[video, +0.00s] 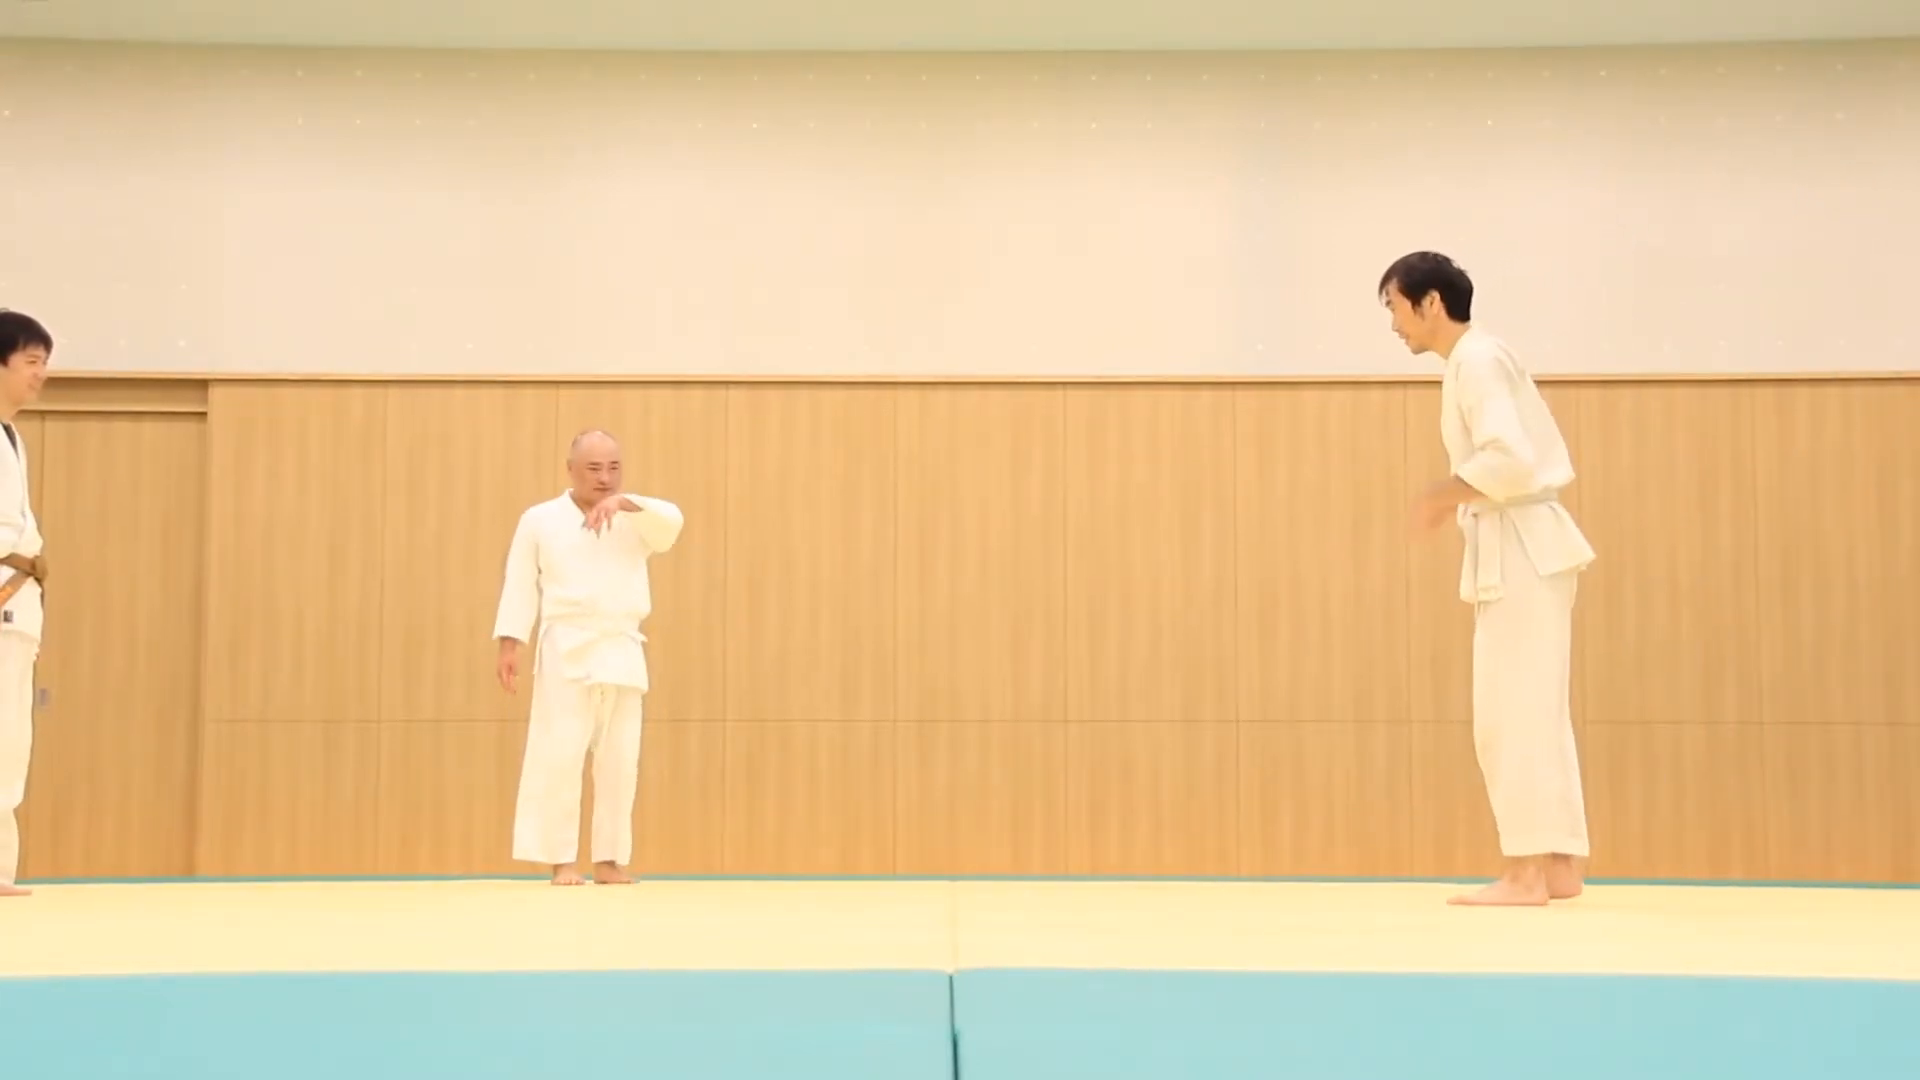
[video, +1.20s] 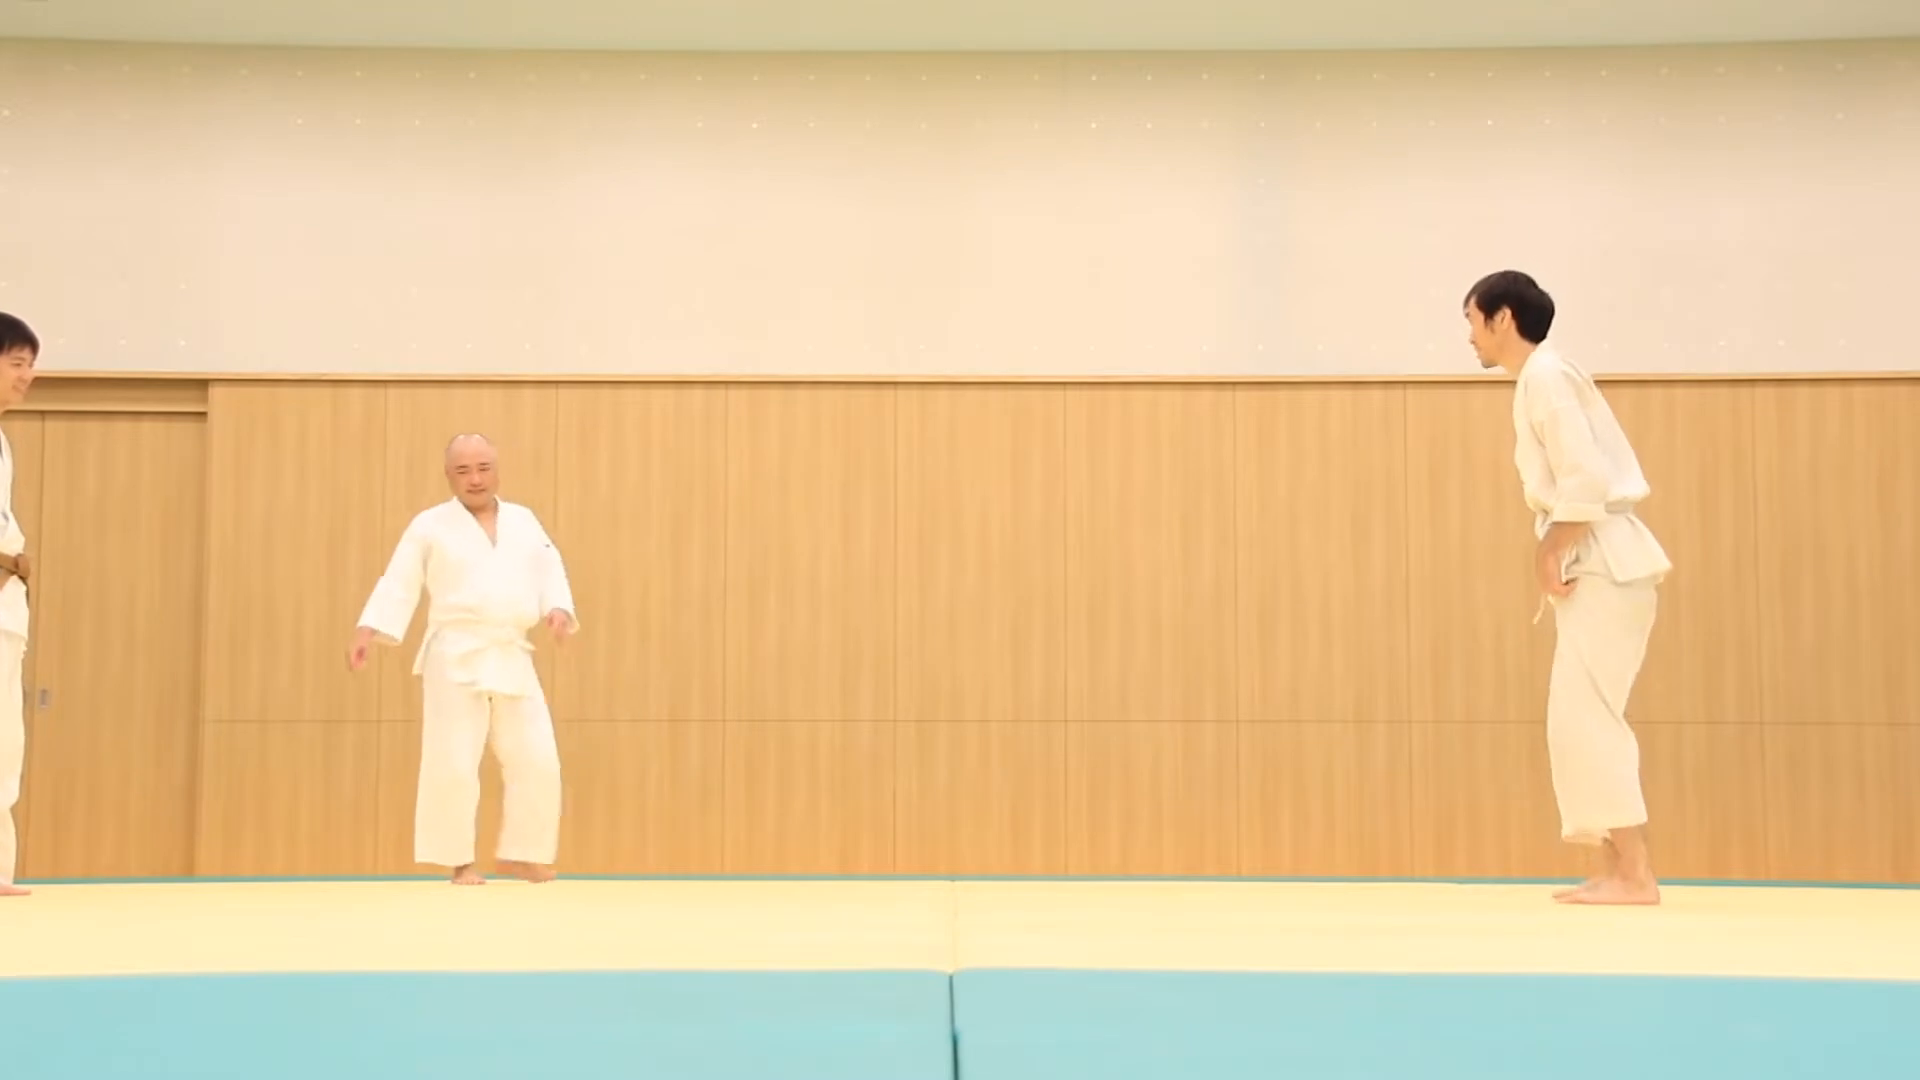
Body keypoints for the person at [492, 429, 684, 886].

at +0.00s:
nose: (604, 477)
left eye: (612, 468)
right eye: (593, 468)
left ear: (621, 472)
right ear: (570, 471)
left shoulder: (633, 519)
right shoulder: (541, 520)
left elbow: (673, 523)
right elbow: (521, 586)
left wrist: (627, 503)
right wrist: (511, 644)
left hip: (622, 650)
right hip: (565, 651)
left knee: (619, 757)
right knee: (562, 755)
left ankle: (609, 862)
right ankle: (563, 863)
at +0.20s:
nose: (599, 475)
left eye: (607, 465)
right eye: (587, 466)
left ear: (618, 468)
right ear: (568, 471)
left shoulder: (640, 515)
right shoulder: (542, 522)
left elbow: (689, 548)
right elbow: (522, 582)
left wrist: (673, 556)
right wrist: (512, 632)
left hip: (622, 651)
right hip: (564, 650)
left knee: (621, 759)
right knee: (561, 756)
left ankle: (612, 862)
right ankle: (564, 862)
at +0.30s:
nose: (598, 474)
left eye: (606, 464)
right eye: (586, 466)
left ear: (618, 467)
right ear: (569, 472)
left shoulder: (643, 519)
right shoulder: (546, 521)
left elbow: (674, 558)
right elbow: (524, 583)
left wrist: (698, 590)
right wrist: (511, 634)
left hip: (619, 652)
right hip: (559, 651)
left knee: (619, 760)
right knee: (555, 755)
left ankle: (612, 863)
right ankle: (562, 861)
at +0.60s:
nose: (591, 472)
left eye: (600, 463)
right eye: (580, 464)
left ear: (613, 467)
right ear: (563, 470)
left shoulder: (636, 520)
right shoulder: (540, 517)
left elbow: (658, 584)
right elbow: (513, 581)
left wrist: (675, 644)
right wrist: (490, 640)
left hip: (604, 654)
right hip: (543, 650)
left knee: (605, 761)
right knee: (524, 753)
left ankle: (608, 865)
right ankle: (512, 857)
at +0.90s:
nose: (544, 479)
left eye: (553, 469)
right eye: (532, 471)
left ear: (566, 473)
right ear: (516, 476)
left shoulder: (585, 527)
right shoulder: (490, 524)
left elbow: (605, 592)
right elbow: (459, 583)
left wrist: (607, 651)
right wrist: (428, 633)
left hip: (568, 656)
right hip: (506, 655)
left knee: (586, 763)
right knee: (491, 760)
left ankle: (605, 865)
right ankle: (469, 864)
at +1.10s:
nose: (495, 480)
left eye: (504, 470)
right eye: (484, 472)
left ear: (517, 474)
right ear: (468, 478)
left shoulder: (540, 526)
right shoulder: (447, 527)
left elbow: (565, 578)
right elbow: (416, 582)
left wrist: (580, 620)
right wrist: (389, 625)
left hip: (526, 658)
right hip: (467, 658)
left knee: (557, 759)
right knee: (463, 763)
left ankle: (576, 860)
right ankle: (467, 865)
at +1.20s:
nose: (475, 477)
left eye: (484, 468)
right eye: (464, 470)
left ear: (497, 470)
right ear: (449, 476)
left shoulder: (523, 521)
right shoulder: (430, 525)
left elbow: (549, 568)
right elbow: (399, 581)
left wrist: (557, 606)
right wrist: (369, 627)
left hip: (511, 655)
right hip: (454, 656)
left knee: (537, 756)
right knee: (455, 760)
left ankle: (522, 855)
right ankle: (461, 863)